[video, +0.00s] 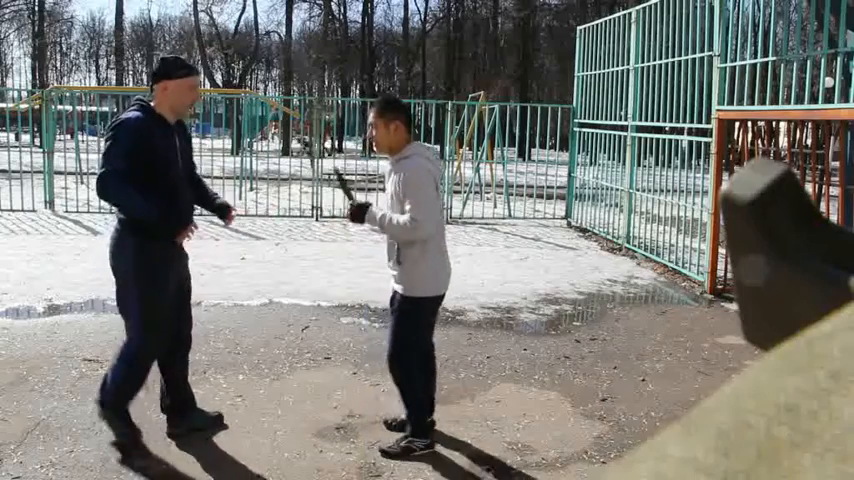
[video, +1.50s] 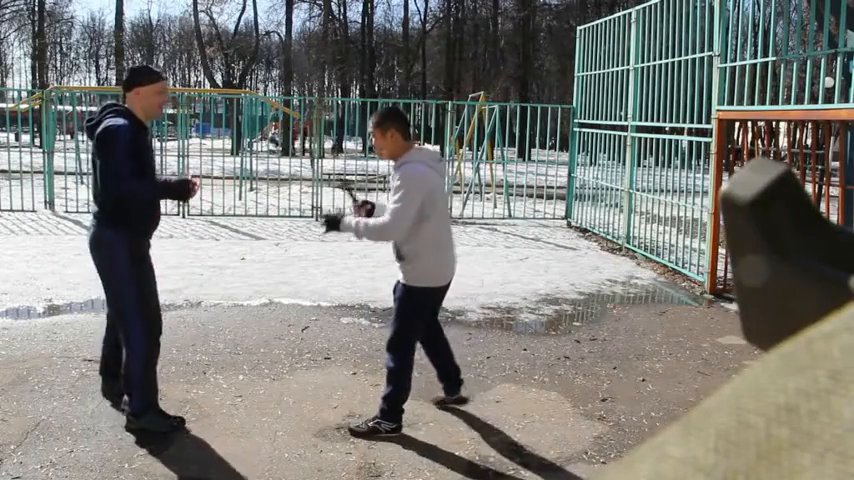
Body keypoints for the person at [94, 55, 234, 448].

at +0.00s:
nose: (197, 98)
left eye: (197, 91)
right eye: (192, 90)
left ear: (173, 90)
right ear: (165, 88)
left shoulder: (177, 130)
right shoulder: (133, 125)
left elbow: (187, 180)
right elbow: (109, 185)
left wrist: (218, 206)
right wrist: (166, 223)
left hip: (170, 249)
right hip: (137, 251)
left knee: (176, 336)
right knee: (148, 336)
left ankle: (181, 413)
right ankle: (111, 402)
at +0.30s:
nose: (169, 104)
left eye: (170, 97)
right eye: (164, 96)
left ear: (146, 98)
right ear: (138, 95)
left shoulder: (149, 136)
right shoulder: (108, 136)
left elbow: (151, 188)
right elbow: (105, 202)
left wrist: (180, 206)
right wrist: (166, 216)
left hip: (150, 247)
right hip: (115, 250)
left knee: (185, 312)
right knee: (119, 328)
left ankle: (179, 393)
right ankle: (111, 402)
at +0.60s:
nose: (151, 98)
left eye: (152, 91)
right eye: (145, 91)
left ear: (138, 94)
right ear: (121, 91)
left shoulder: (140, 129)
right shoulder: (92, 130)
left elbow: (146, 175)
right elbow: (76, 187)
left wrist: (174, 190)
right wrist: (136, 210)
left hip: (140, 237)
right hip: (107, 241)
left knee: (155, 305)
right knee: (113, 319)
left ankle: (135, 368)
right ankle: (108, 399)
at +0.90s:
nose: (151, 100)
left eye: (153, 93)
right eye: (145, 93)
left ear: (147, 96)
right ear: (123, 94)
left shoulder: (140, 133)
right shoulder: (96, 129)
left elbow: (145, 177)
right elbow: (77, 180)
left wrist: (170, 192)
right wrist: (130, 207)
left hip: (135, 234)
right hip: (107, 236)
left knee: (139, 311)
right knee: (126, 315)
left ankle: (127, 377)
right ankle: (113, 395)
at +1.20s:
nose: (154, 99)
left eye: (155, 92)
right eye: (148, 92)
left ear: (143, 94)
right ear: (126, 92)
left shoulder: (135, 131)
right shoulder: (105, 127)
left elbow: (141, 180)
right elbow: (94, 183)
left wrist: (174, 187)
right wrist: (150, 196)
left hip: (133, 236)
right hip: (112, 237)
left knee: (137, 313)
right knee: (130, 318)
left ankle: (116, 374)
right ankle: (139, 409)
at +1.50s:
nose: (164, 102)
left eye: (164, 94)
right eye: (159, 94)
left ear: (138, 96)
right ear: (135, 95)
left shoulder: (129, 127)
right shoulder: (119, 130)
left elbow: (131, 186)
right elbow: (122, 191)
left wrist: (171, 189)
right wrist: (173, 189)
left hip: (120, 240)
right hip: (119, 243)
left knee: (123, 313)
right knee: (144, 324)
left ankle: (115, 383)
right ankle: (144, 413)